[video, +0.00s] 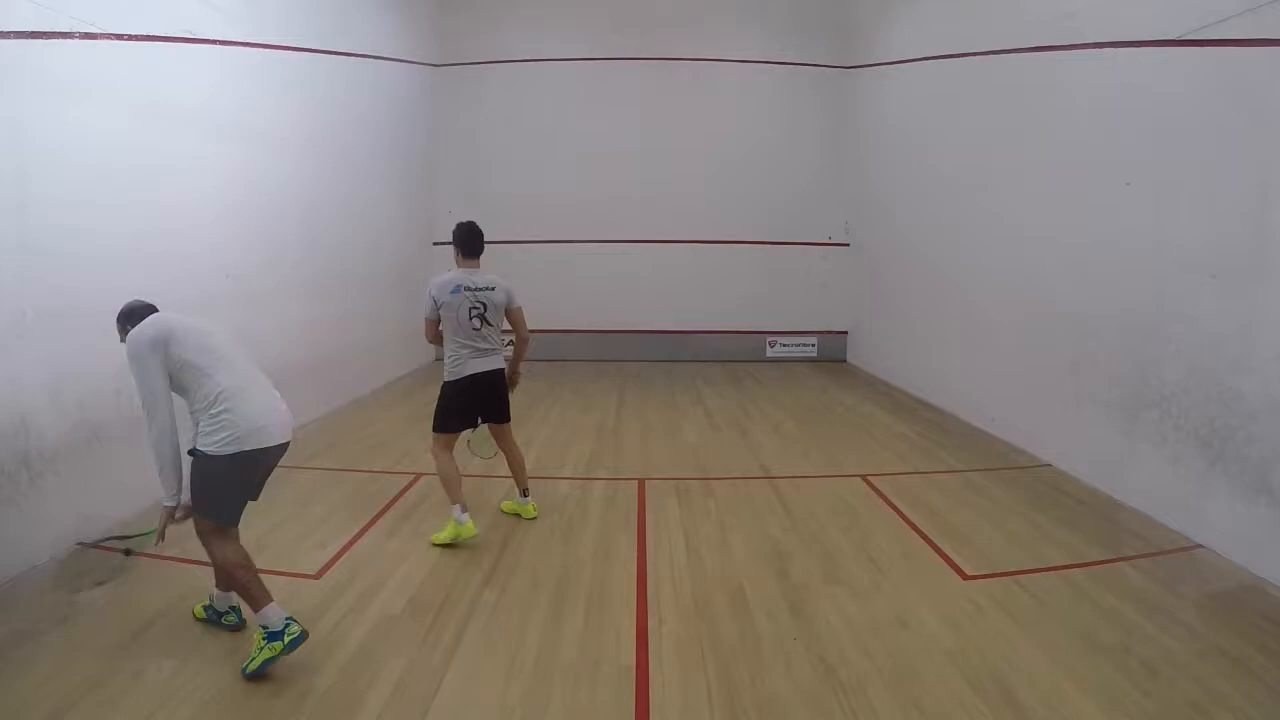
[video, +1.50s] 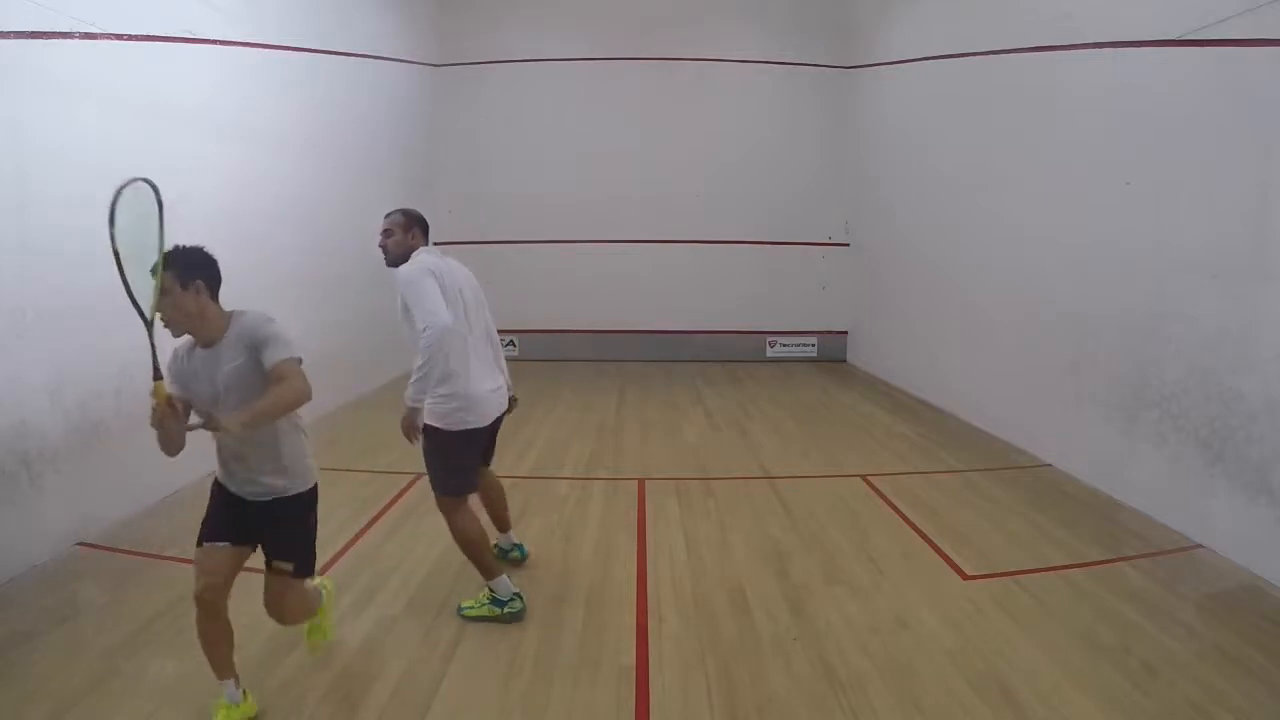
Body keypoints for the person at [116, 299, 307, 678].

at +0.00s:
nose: (126, 346)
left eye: (124, 340)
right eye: (123, 342)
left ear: (128, 329)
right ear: (155, 313)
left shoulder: (142, 338)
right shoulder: (191, 329)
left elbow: (160, 424)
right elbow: (207, 420)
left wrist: (170, 499)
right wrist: (193, 495)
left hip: (230, 439)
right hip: (274, 428)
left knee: (213, 530)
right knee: (218, 521)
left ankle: (277, 626)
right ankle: (224, 605)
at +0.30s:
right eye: (215, 262)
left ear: (176, 276)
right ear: (216, 265)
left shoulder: (164, 320)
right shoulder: (254, 292)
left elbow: (145, 405)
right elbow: (319, 310)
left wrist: (142, 473)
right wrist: (345, 362)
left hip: (222, 449)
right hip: (277, 440)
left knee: (230, 539)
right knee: (244, 519)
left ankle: (288, 637)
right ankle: (228, 603)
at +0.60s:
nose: (272, 231)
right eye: (271, 224)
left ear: (225, 235)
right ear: (268, 228)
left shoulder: (206, 286)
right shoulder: (301, 271)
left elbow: (184, 372)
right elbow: (332, 344)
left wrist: (187, 432)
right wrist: (358, 407)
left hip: (264, 430)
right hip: (320, 422)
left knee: (268, 537)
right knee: (298, 503)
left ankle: (299, 649)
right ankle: (301, 600)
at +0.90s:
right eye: (352, 233)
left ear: (307, 237)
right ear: (352, 236)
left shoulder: (292, 281)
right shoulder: (383, 279)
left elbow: (279, 356)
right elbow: (423, 347)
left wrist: (264, 436)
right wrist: (448, 399)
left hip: (325, 431)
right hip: (387, 424)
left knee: (303, 532)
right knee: (404, 504)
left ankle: (303, 649)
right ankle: (480, 585)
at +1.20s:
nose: (355, 232)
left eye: (360, 223)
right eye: (356, 224)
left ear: (384, 220)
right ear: (396, 222)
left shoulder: (380, 265)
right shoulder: (444, 259)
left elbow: (399, 328)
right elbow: (481, 322)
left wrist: (396, 404)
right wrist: (494, 379)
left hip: (418, 406)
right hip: (467, 398)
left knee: (392, 502)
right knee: (464, 490)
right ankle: (503, 592)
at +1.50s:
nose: (380, 242)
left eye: (388, 234)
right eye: (381, 235)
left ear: (416, 236)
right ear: (419, 239)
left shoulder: (412, 271)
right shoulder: (457, 269)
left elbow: (437, 327)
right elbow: (489, 333)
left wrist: (413, 404)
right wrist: (504, 387)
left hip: (453, 408)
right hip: (491, 399)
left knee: (454, 504)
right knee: (479, 470)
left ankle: (503, 595)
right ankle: (509, 543)